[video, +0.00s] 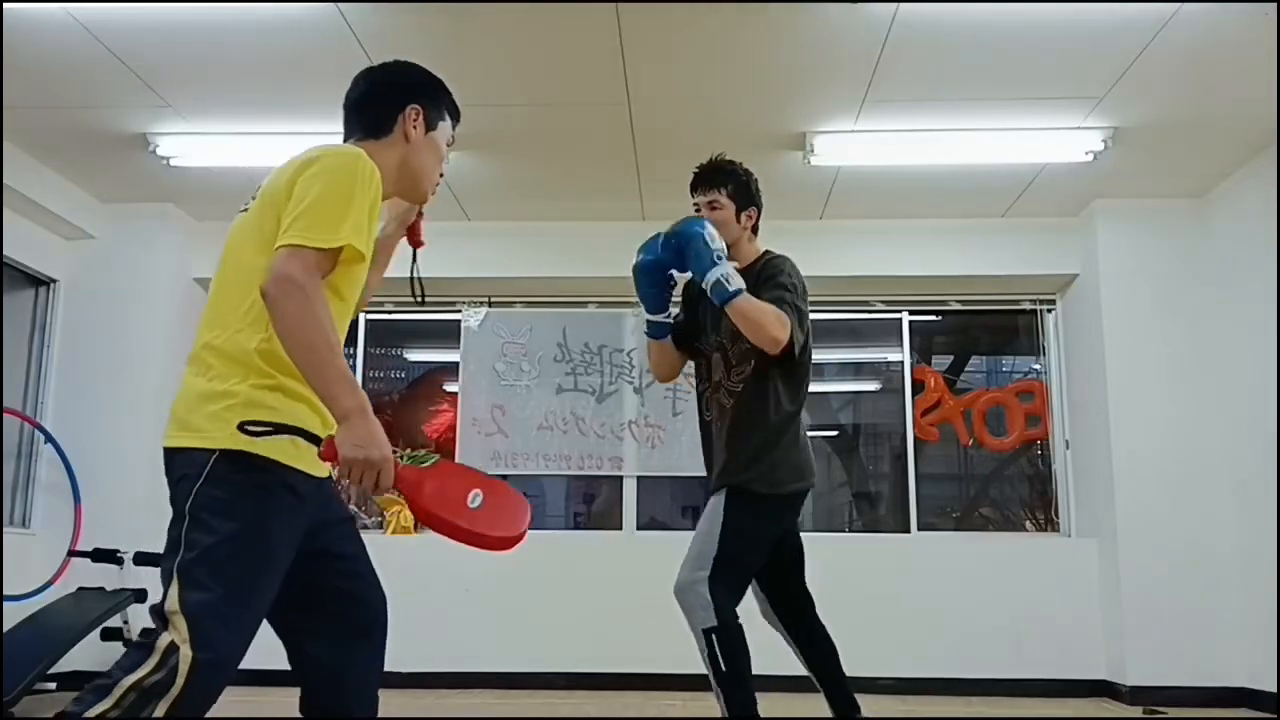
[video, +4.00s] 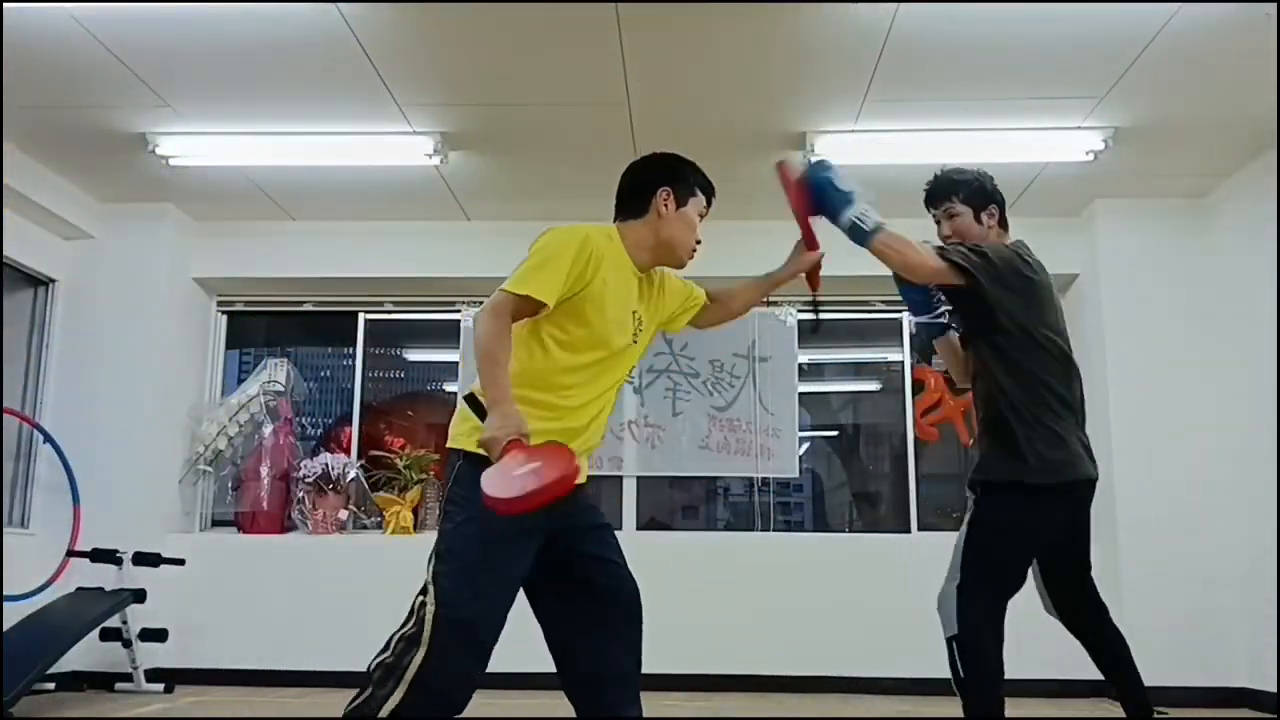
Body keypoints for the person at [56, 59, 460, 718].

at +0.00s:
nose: (443, 169)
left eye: (447, 153)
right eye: (443, 146)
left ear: (395, 125)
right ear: (412, 122)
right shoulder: (345, 165)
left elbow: (338, 309)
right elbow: (290, 281)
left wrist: (393, 232)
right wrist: (355, 414)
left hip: (292, 454)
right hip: (243, 443)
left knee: (350, 629)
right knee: (189, 656)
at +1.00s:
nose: (284, 123)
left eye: (286, 106)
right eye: (283, 99)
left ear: (213, 81)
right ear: (244, 76)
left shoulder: (150, 152)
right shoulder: (188, 136)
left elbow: (238, 284)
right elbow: (239, 273)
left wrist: (345, 228)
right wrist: (353, 191)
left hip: (153, 441)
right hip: (149, 444)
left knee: (256, 601)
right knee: (169, 672)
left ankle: (245, 714)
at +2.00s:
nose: (228, 94)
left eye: (232, 78)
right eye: (221, 70)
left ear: (169, 61)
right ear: (167, 53)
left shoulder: (168, 179)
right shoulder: (89, 129)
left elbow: (240, 255)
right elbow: (25, 272)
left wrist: (322, 188)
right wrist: (114, 398)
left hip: (56, 432)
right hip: (20, 423)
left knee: (42, 654)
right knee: (34, 657)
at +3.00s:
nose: (521, 152)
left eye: (524, 139)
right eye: (515, 133)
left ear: (476, 128)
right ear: (473, 123)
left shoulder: (495, 212)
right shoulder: (394, 183)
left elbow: (574, 236)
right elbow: (369, 284)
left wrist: (643, 197)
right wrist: (482, 256)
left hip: (421, 441)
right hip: (346, 431)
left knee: (462, 594)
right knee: (388, 619)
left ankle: (411, 710)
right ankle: (339, 711)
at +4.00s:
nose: (703, 233)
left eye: (706, 220)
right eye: (700, 215)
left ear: (664, 207)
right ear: (664, 202)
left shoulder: (660, 290)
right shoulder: (579, 246)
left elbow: (714, 306)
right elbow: (493, 317)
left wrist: (785, 274)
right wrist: (501, 406)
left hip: (560, 478)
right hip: (496, 464)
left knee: (608, 609)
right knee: (455, 630)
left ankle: (614, 713)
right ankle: (378, 711)